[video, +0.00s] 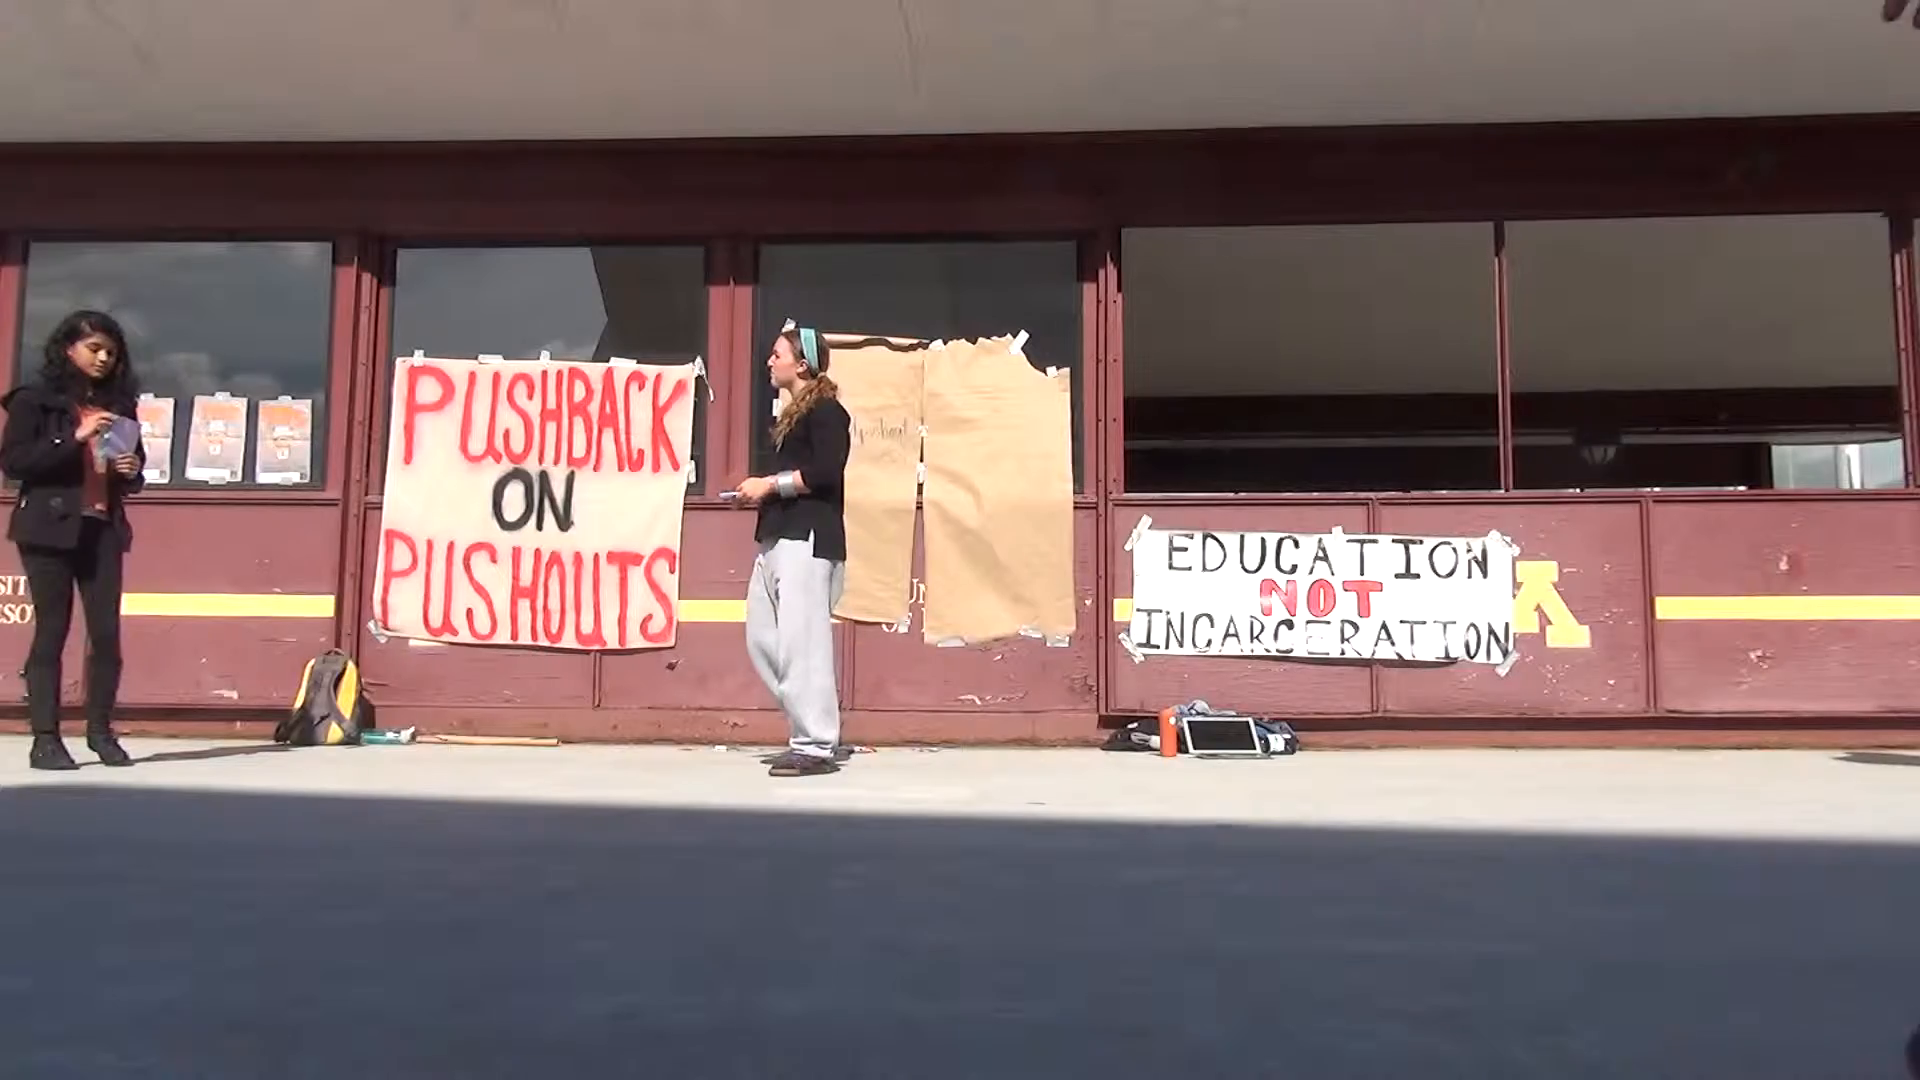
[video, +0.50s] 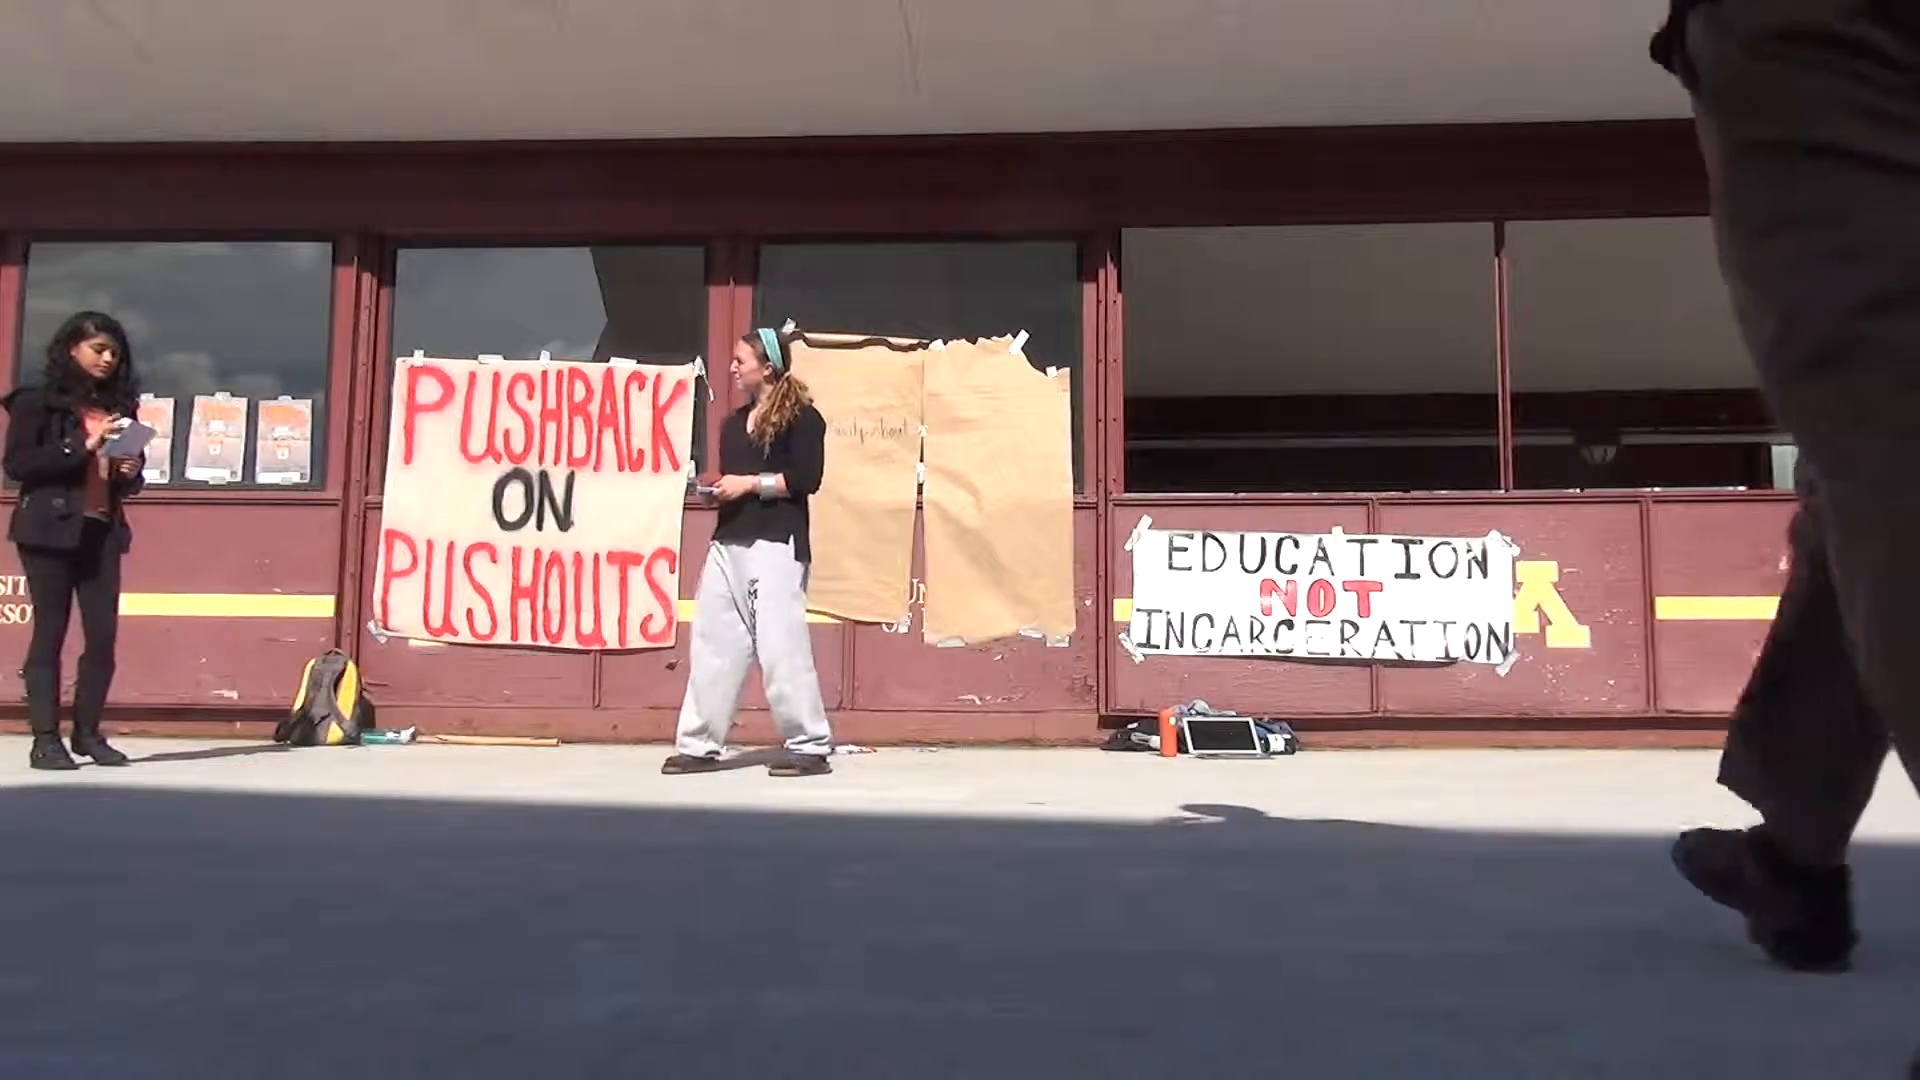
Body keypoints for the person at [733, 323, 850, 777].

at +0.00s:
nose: (770, 362)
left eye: (778, 356)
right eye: (772, 355)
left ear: (802, 364)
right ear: (792, 364)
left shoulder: (825, 409)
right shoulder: (791, 414)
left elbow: (826, 471)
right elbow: (798, 475)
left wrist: (770, 484)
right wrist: (762, 485)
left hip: (806, 542)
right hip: (776, 543)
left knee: (804, 641)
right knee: (763, 639)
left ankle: (815, 746)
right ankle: (815, 734)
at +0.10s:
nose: (766, 360)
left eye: (774, 354)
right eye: (769, 353)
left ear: (798, 363)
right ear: (791, 363)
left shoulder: (825, 412)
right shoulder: (786, 415)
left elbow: (823, 474)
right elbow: (792, 475)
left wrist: (768, 484)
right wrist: (758, 486)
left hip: (803, 542)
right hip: (769, 542)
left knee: (801, 640)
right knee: (750, 634)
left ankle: (815, 746)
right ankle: (799, 726)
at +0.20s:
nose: (759, 359)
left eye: (767, 352)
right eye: (762, 351)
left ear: (792, 362)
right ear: (786, 363)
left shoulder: (823, 411)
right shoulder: (777, 414)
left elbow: (820, 474)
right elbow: (784, 474)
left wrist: (766, 483)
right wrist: (753, 485)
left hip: (798, 541)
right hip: (760, 541)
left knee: (797, 640)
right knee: (743, 638)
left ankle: (813, 745)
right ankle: (753, 739)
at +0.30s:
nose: (751, 363)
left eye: (759, 356)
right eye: (753, 355)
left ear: (786, 363)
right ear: (772, 362)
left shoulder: (819, 411)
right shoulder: (760, 412)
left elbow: (817, 475)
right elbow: (761, 473)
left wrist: (762, 483)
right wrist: (743, 489)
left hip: (794, 541)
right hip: (752, 540)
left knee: (795, 643)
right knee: (735, 641)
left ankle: (812, 746)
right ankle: (718, 743)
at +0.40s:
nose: (742, 368)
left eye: (750, 362)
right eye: (743, 361)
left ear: (777, 368)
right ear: (760, 367)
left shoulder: (812, 416)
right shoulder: (746, 422)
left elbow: (813, 478)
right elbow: (747, 480)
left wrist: (758, 484)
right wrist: (729, 491)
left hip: (787, 544)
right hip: (741, 543)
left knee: (791, 644)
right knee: (723, 642)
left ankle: (811, 747)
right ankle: (700, 745)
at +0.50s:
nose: (733, 369)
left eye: (740, 361)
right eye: (733, 361)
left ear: (767, 367)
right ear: (750, 367)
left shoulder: (802, 416)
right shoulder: (733, 423)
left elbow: (806, 480)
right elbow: (734, 484)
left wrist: (748, 484)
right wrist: (712, 491)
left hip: (775, 544)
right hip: (729, 543)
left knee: (782, 646)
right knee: (714, 645)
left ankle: (809, 746)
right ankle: (699, 746)